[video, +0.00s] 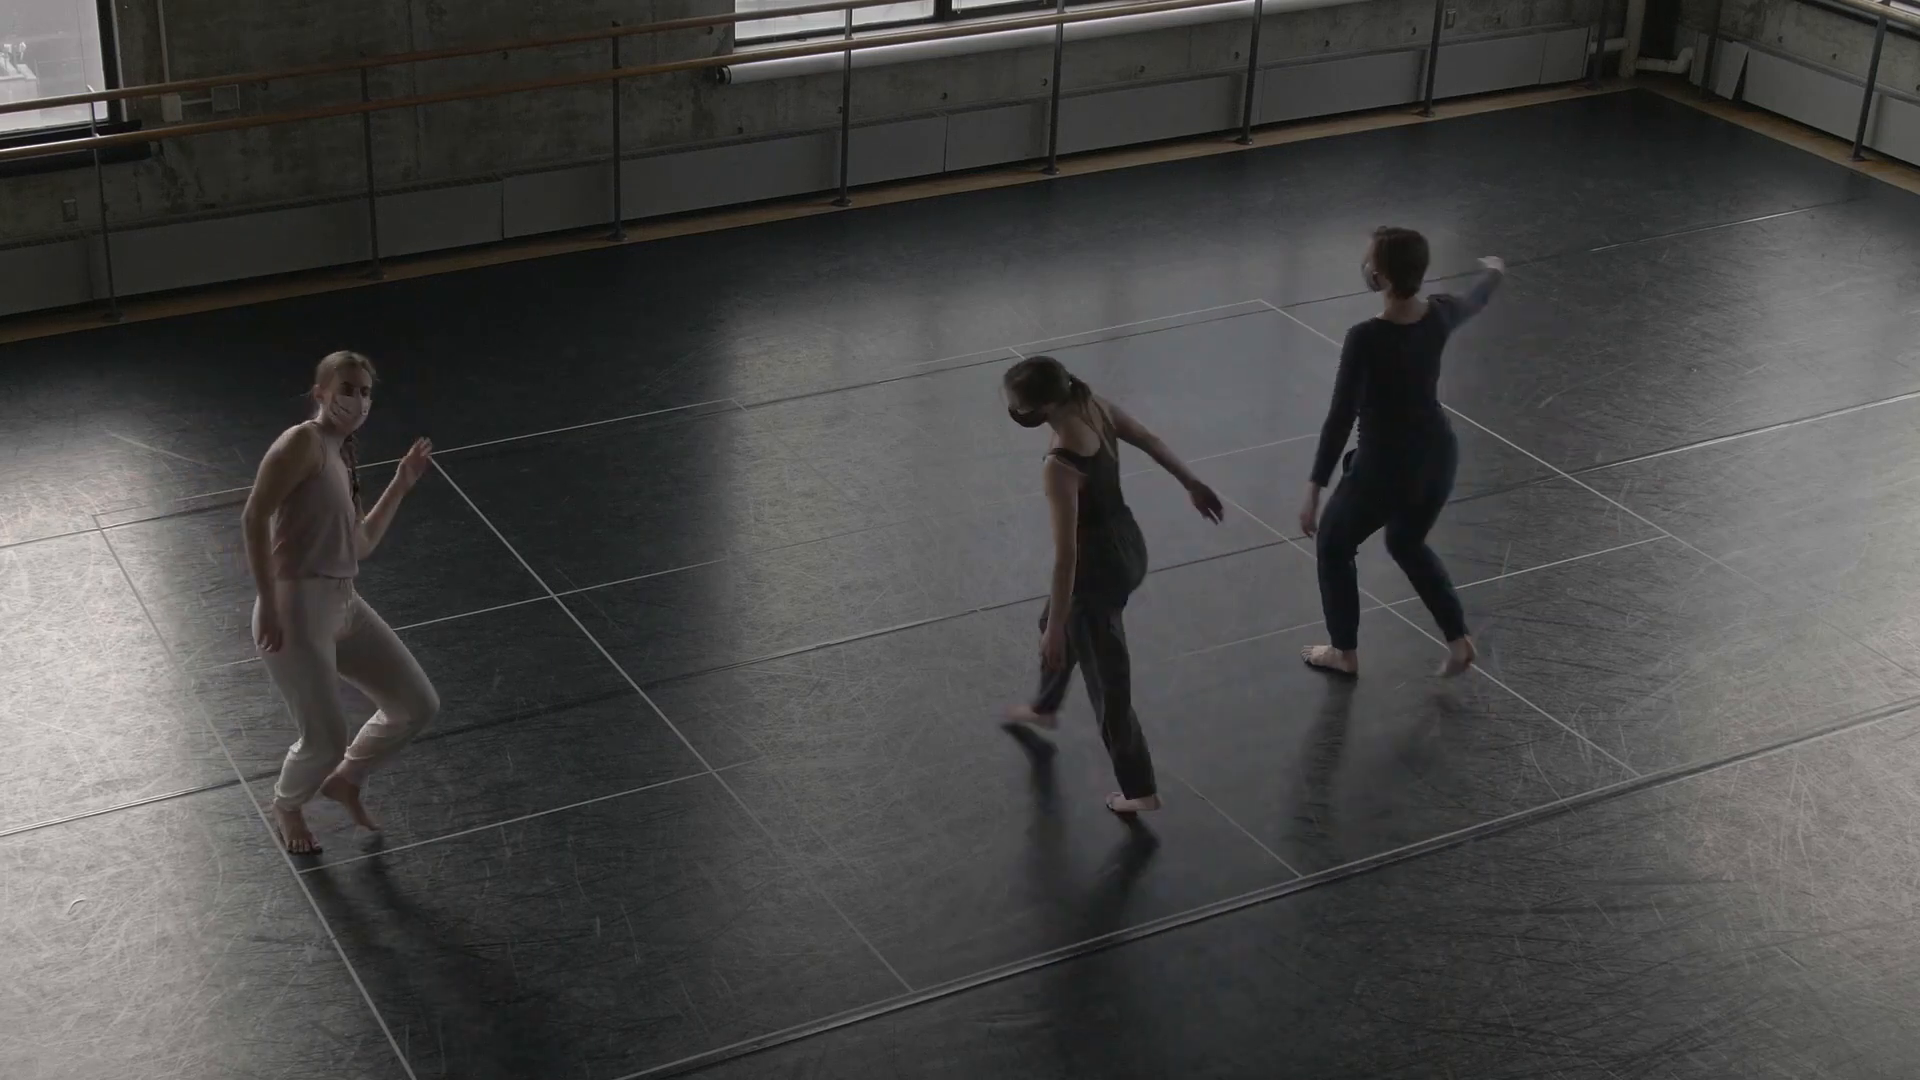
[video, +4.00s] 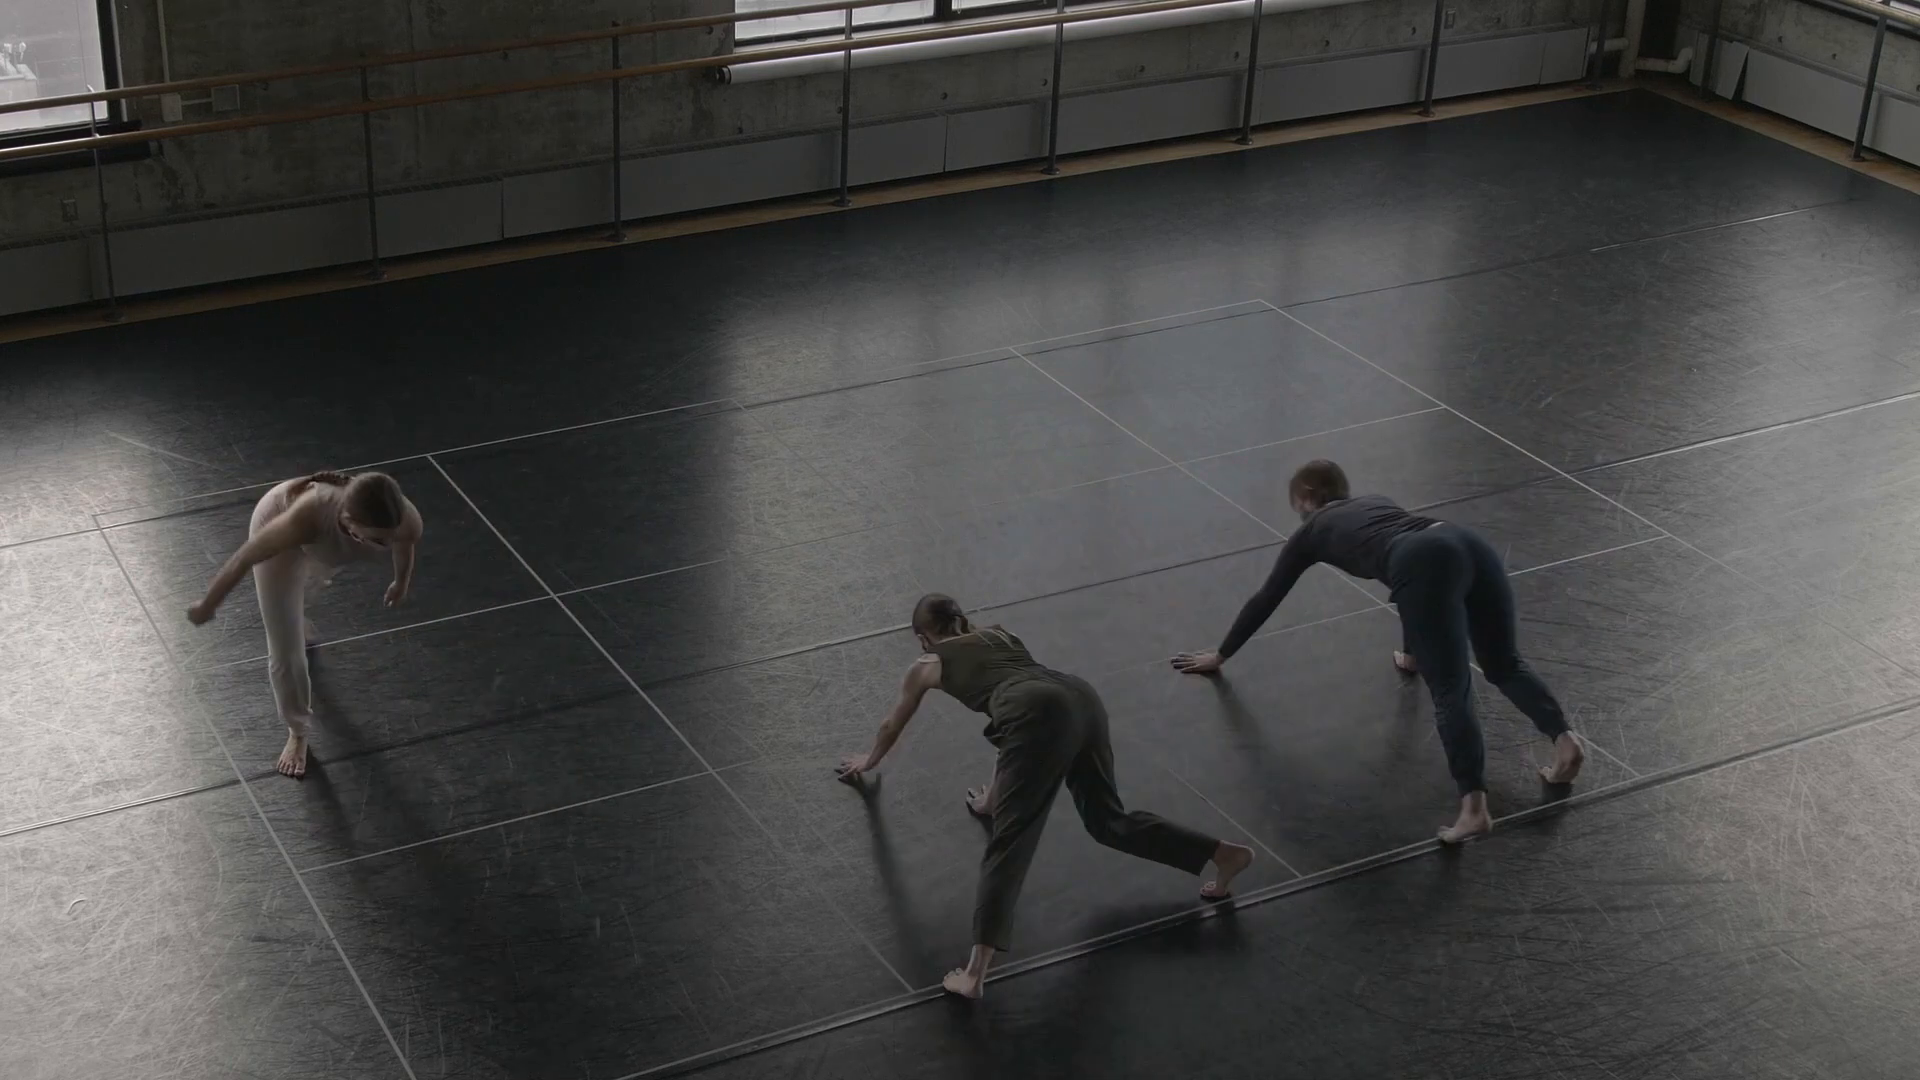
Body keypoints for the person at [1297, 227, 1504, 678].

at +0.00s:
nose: (1365, 267)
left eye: (1371, 262)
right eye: (1369, 259)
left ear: (1382, 275)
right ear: (1420, 271)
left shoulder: (1365, 339)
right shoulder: (1440, 315)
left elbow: (1340, 419)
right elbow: (1474, 300)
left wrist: (1313, 491)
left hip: (1383, 466)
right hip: (1437, 459)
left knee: (1334, 540)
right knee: (1406, 541)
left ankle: (1343, 651)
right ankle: (1459, 642)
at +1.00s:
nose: (1385, 325)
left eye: (1393, 315)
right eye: (1375, 317)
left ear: (1403, 311)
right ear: (1356, 314)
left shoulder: (1413, 348)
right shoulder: (1337, 363)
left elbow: (1400, 401)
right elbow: (1296, 421)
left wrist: (1397, 438)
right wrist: (1312, 465)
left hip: (1398, 461)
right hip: (1340, 461)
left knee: (1382, 558)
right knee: (1337, 562)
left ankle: (1341, 633)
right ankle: (1335, 597)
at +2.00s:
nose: (1476, 302)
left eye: (1480, 293)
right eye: (1469, 294)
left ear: (1481, 289)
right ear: (1441, 290)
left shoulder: (1482, 327)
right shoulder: (1406, 329)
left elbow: (1547, 357)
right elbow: (1368, 388)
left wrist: (1621, 389)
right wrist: (1339, 441)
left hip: (1423, 446)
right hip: (1370, 443)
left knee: (1421, 546)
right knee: (1364, 540)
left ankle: (1383, 613)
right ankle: (1321, 587)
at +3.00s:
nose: (1663, 401)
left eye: (1668, 393)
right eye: (1663, 391)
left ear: (1630, 368)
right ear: (1643, 379)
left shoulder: (1576, 393)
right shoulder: (1605, 432)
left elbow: (1524, 425)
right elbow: (1595, 521)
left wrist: (1490, 454)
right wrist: (1610, 602)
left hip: (1477, 510)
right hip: (1510, 543)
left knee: (1401, 582)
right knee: (1559, 658)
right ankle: (1507, 764)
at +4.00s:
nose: (1298, 512)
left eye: (1298, 504)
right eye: (1298, 504)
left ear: (1308, 500)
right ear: (1339, 490)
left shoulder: (1312, 532)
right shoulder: (1375, 506)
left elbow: (1267, 598)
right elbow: (1417, 571)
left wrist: (1220, 654)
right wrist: (1411, 653)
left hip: (1421, 564)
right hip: (1471, 548)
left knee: (1450, 692)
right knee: (1502, 663)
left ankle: (1474, 808)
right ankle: (1567, 740)